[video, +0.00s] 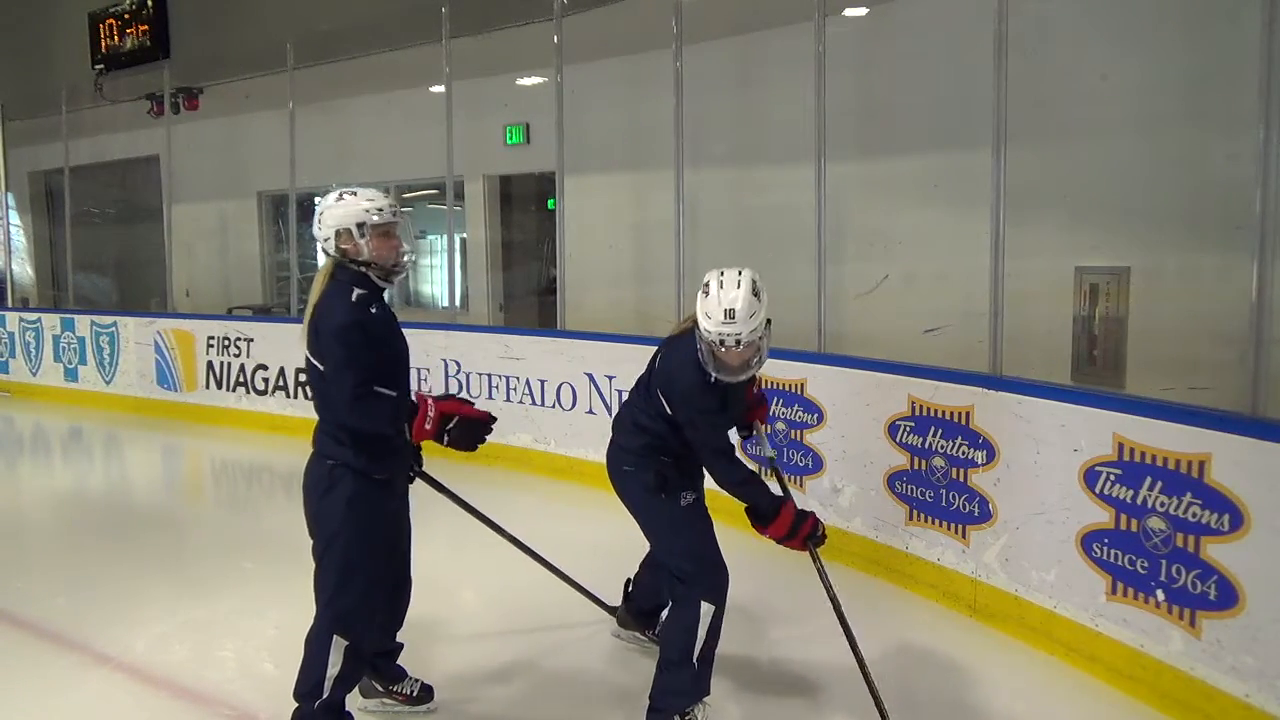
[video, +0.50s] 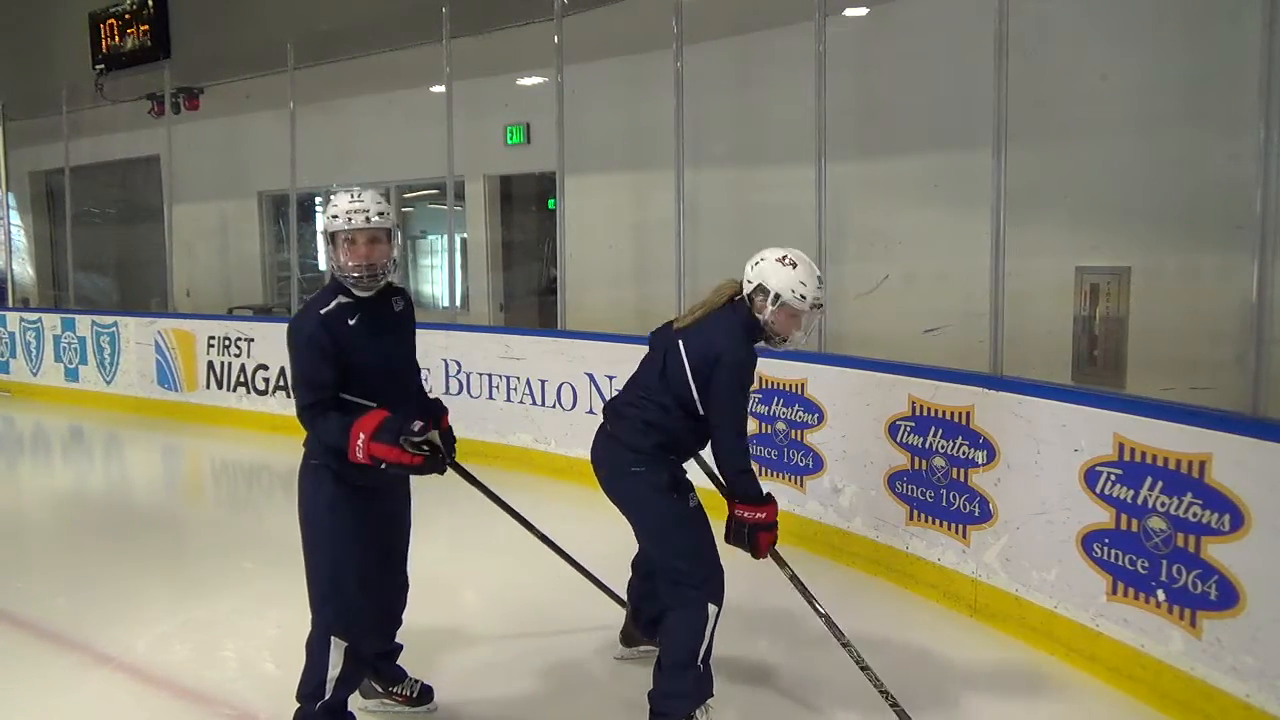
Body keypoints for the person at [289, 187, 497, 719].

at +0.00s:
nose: (395, 244)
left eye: (396, 233)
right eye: (381, 235)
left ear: (393, 236)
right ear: (347, 242)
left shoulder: (367, 296)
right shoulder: (340, 305)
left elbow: (376, 390)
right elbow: (345, 402)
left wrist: (424, 423)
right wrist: (423, 419)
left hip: (377, 468)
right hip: (346, 473)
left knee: (387, 579)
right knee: (346, 601)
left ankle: (377, 670)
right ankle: (318, 708)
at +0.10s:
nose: (389, 246)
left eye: (392, 234)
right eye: (375, 236)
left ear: (394, 236)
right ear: (343, 244)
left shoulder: (370, 297)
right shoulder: (338, 308)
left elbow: (377, 392)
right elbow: (337, 405)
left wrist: (430, 416)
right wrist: (416, 429)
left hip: (377, 468)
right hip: (345, 475)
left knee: (387, 579)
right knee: (345, 601)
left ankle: (376, 670)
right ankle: (317, 707)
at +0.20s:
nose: (380, 247)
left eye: (386, 235)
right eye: (365, 238)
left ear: (397, 238)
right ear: (339, 246)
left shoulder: (378, 298)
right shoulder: (333, 310)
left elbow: (381, 393)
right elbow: (334, 408)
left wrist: (418, 430)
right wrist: (404, 431)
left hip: (380, 468)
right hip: (342, 475)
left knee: (387, 578)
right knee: (345, 599)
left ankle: (377, 671)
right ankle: (317, 708)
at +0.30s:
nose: (374, 248)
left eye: (382, 236)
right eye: (361, 238)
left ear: (394, 240)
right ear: (341, 245)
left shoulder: (390, 304)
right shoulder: (328, 314)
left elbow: (391, 393)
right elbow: (327, 408)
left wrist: (415, 441)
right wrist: (388, 433)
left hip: (383, 469)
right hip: (338, 474)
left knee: (388, 577)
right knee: (344, 593)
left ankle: (376, 670)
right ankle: (318, 706)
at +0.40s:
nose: (366, 251)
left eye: (375, 239)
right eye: (353, 241)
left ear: (392, 244)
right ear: (335, 248)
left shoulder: (396, 306)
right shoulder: (321, 317)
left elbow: (399, 386)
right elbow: (321, 411)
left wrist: (424, 424)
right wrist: (384, 436)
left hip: (388, 472)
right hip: (337, 477)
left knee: (387, 579)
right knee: (345, 596)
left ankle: (376, 670)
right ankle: (320, 707)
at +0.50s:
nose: (364, 254)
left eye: (375, 242)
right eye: (352, 243)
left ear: (391, 247)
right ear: (334, 249)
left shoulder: (399, 305)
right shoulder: (315, 320)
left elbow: (405, 381)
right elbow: (316, 413)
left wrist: (432, 421)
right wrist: (375, 440)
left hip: (389, 474)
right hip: (335, 478)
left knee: (387, 580)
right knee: (344, 595)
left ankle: (376, 671)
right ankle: (321, 707)